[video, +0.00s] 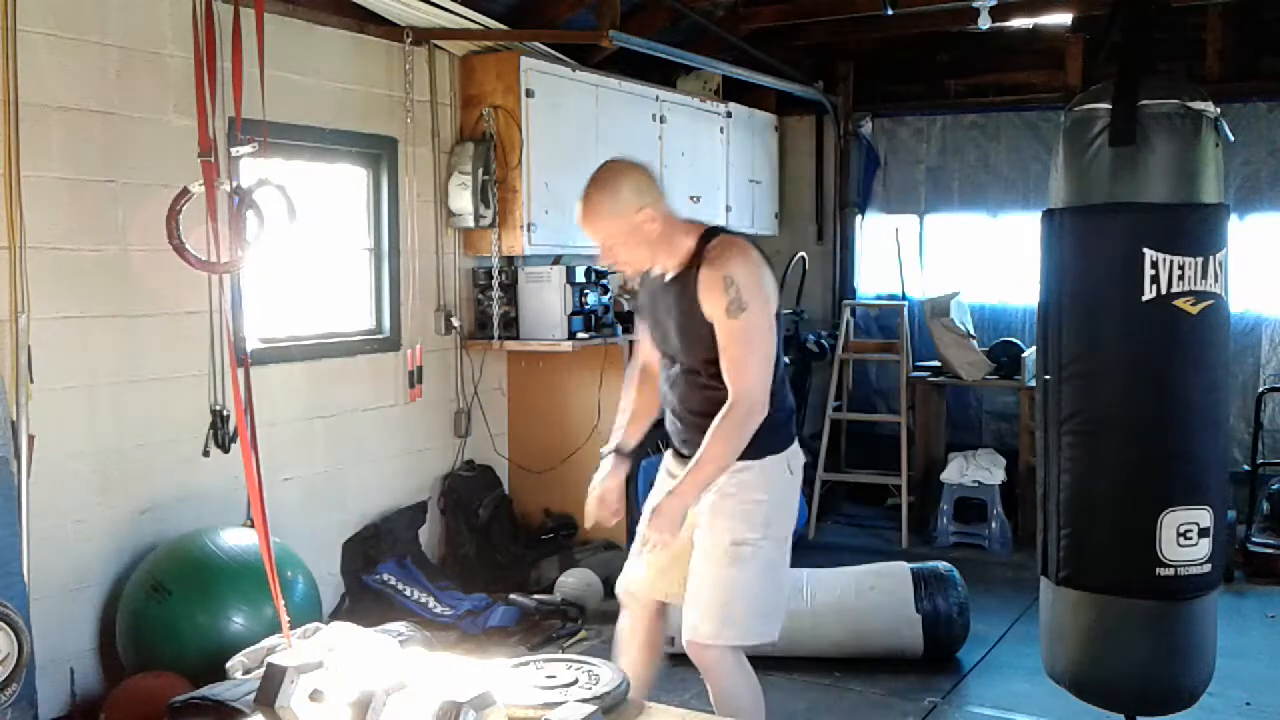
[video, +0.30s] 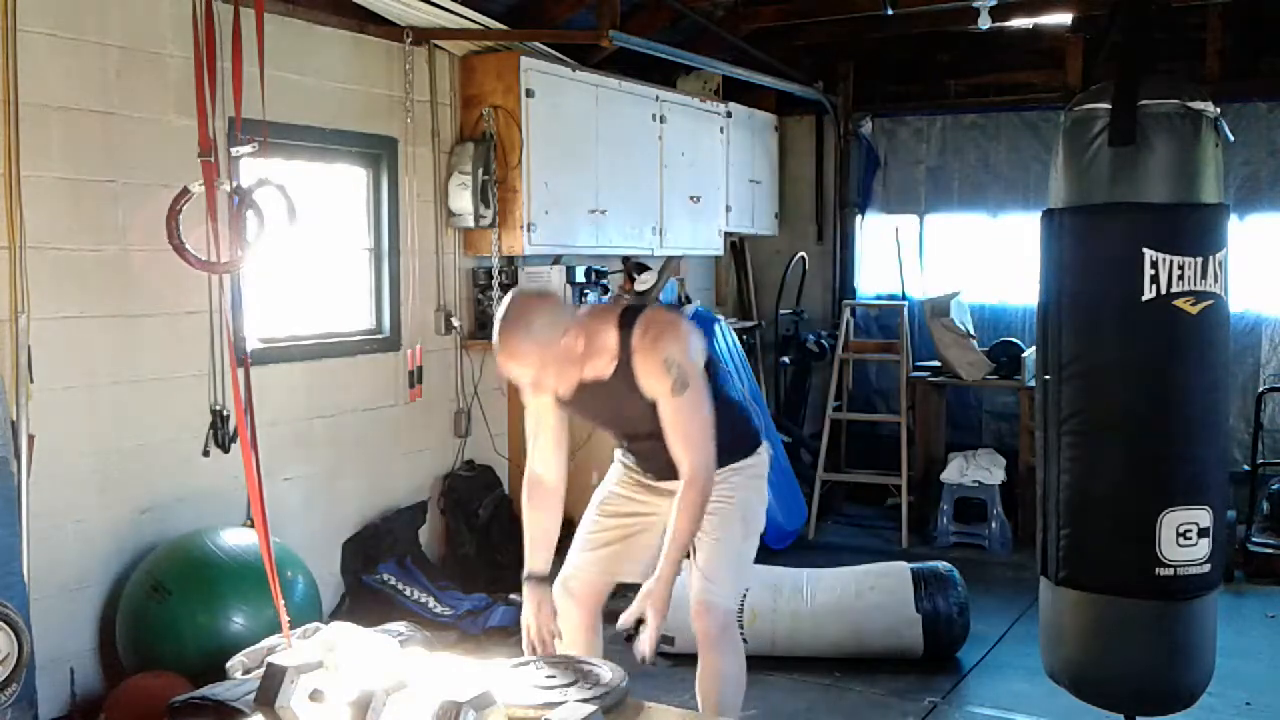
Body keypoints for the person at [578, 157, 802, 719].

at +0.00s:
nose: (604, 259)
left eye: (606, 243)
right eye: (598, 246)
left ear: (646, 218)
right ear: (646, 218)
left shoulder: (732, 267)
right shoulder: (649, 274)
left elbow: (750, 403)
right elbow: (646, 369)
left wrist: (681, 497)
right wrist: (618, 459)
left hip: (751, 468)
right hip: (682, 460)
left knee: (710, 640)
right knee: (638, 597)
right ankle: (623, 717)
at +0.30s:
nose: (530, 390)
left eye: (532, 375)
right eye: (520, 381)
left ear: (570, 342)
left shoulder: (661, 343)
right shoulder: (544, 363)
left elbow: (699, 474)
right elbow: (542, 475)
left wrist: (662, 580)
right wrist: (535, 581)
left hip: (729, 467)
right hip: (641, 468)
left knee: (710, 613)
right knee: (575, 592)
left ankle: (719, 716)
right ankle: (583, 715)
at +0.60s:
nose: (534, 471)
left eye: (532, 459)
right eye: (522, 465)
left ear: (555, 422)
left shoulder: (634, 407)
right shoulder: (521, 413)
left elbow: (669, 533)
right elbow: (537, 518)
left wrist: (640, 644)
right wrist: (537, 620)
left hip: (707, 467)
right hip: (620, 473)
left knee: (710, 612)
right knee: (566, 590)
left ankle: (716, 716)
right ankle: (581, 709)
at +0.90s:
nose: (533, 473)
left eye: (532, 460)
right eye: (521, 467)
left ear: (554, 422)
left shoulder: (632, 414)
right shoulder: (522, 407)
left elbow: (673, 524)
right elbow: (540, 511)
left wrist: (649, 628)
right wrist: (540, 610)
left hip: (704, 469)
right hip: (616, 475)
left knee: (706, 610)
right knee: (566, 592)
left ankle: (715, 716)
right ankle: (581, 709)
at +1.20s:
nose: (528, 497)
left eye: (529, 485)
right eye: (517, 490)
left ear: (553, 445)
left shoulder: (636, 434)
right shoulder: (522, 412)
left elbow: (691, 528)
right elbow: (552, 509)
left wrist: (665, 634)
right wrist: (553, 604)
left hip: (706, 472)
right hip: (619, 475)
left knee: (705, 616)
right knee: (565, 592)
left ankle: (715, 719)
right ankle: (570, 709)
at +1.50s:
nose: (527, 499)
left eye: (530, 486)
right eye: (516, 492)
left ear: (554, 447)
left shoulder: (634, 437)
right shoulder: (518, 413)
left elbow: (688, 543)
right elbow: (544, 511)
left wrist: (653, 646)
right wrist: (544, 608)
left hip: (705, 472)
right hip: (615, 475)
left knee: (705, 617)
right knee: (565, 595)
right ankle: (574, 710)